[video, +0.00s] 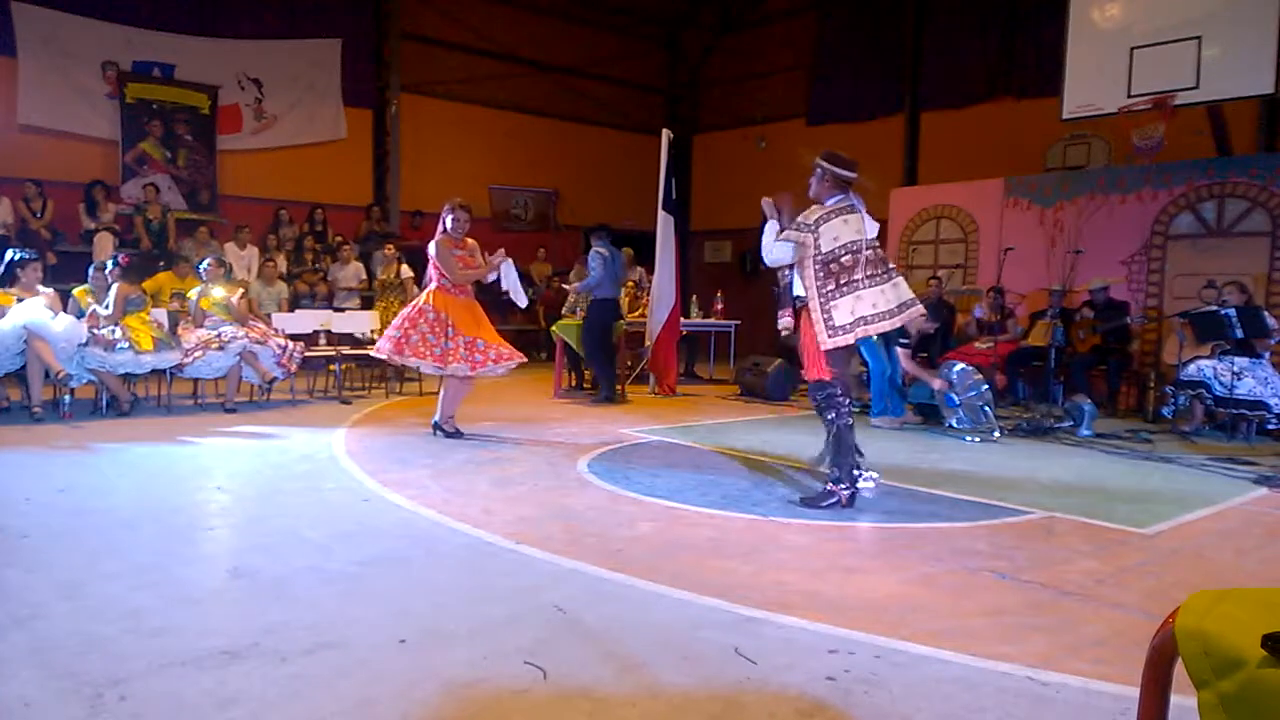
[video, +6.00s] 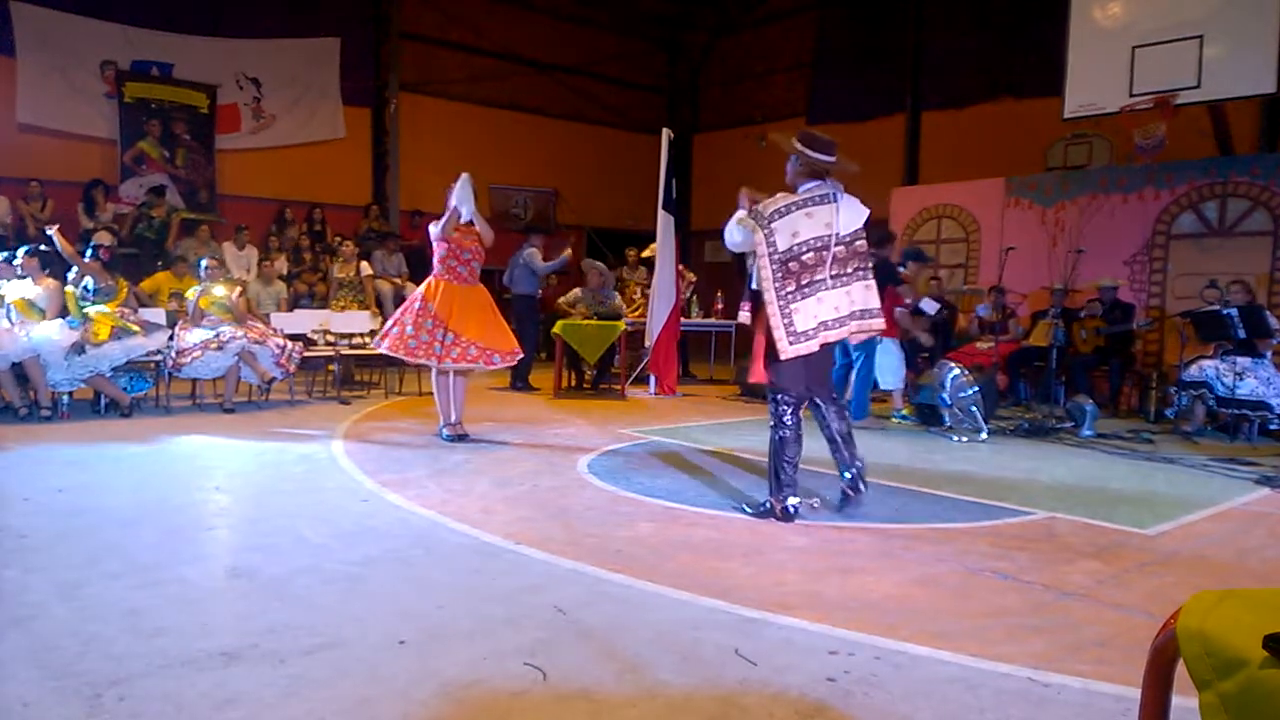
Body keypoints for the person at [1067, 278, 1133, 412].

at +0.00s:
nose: (1093, 296)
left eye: (1096, 293)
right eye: (1091, 293)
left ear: (1105, 292)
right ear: (1090, 293)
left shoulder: (1120, 306)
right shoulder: (1087, 306)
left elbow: (1116, 318)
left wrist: (1093, 315)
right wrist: (1077, 315)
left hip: (1116, 349)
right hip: (1096, 348)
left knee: (1113, 366)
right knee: (1078, 363)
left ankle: (1111, 404)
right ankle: (1083, 400)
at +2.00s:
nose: (1097, 295)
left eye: (1101, 292)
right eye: (1095, 292)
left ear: (1108, 292)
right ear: (1093, 293)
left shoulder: (1122, 307)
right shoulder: (1089, 306)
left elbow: (1119, 320)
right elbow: (1070, 316)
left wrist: (1097, 317)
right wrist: (1078, 316)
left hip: (1118, 349)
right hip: (1097, 348)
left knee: (1114, 365)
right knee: (1077, 363)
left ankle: (1112, 403)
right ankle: (1084, 399)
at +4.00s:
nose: (1099, 295)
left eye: (1103, 291)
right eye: (1097, 291)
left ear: (1111, 292)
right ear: (1094, 292)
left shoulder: (1124, 308)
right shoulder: (1090, 305)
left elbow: (1119, 321)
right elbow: (1068, 314)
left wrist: (1098, 317)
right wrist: (1080, 316)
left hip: (1116, 350)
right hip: (1096, 349)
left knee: (1115, 366)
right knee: (1075, 363)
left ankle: (1111, 404)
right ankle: (1083, 400)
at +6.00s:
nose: (1104, 294)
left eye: (1108, 291)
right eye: (1102, 291)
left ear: (1115, 291)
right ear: (1098, 292)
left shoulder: (1126, 308)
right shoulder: (1093, 305)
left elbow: (1120, 322)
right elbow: (1067, 314)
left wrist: (1101, 313)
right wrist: (1082, 313)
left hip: (1119, 350)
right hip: (1098, 349)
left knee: (1117, 365)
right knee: (1078, 363)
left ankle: (1113, 404)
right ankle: (1086, 401)